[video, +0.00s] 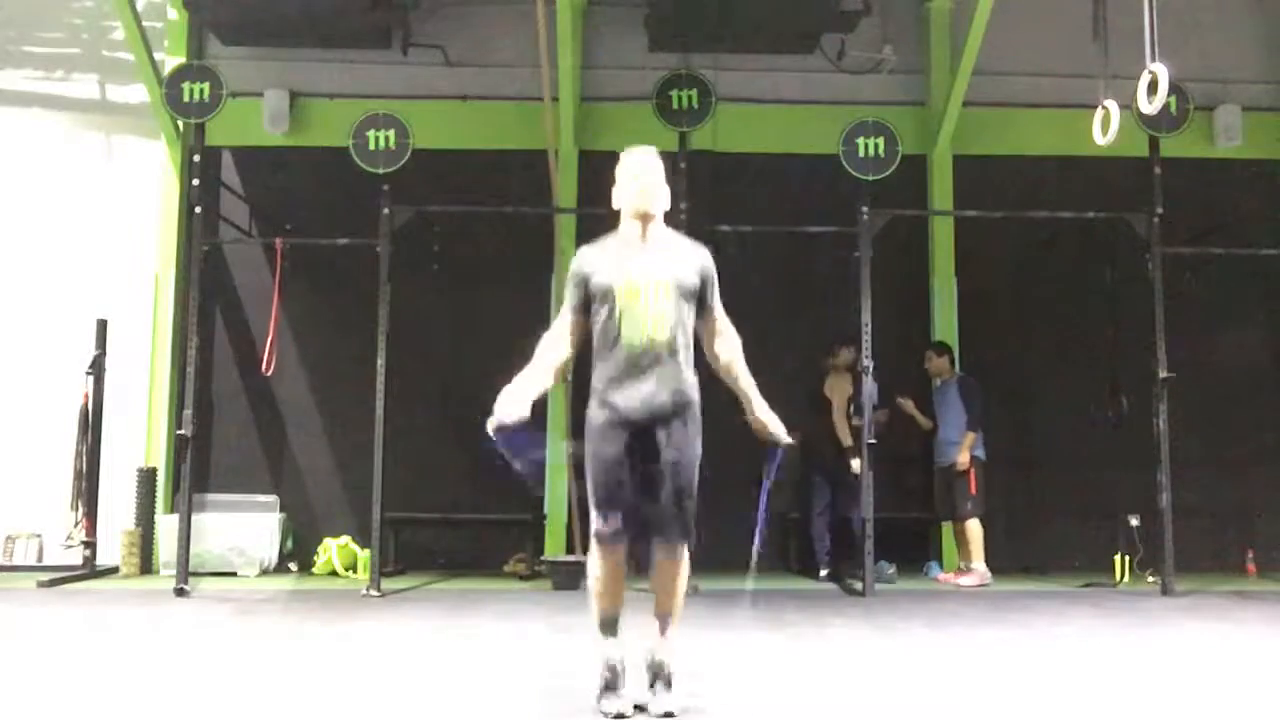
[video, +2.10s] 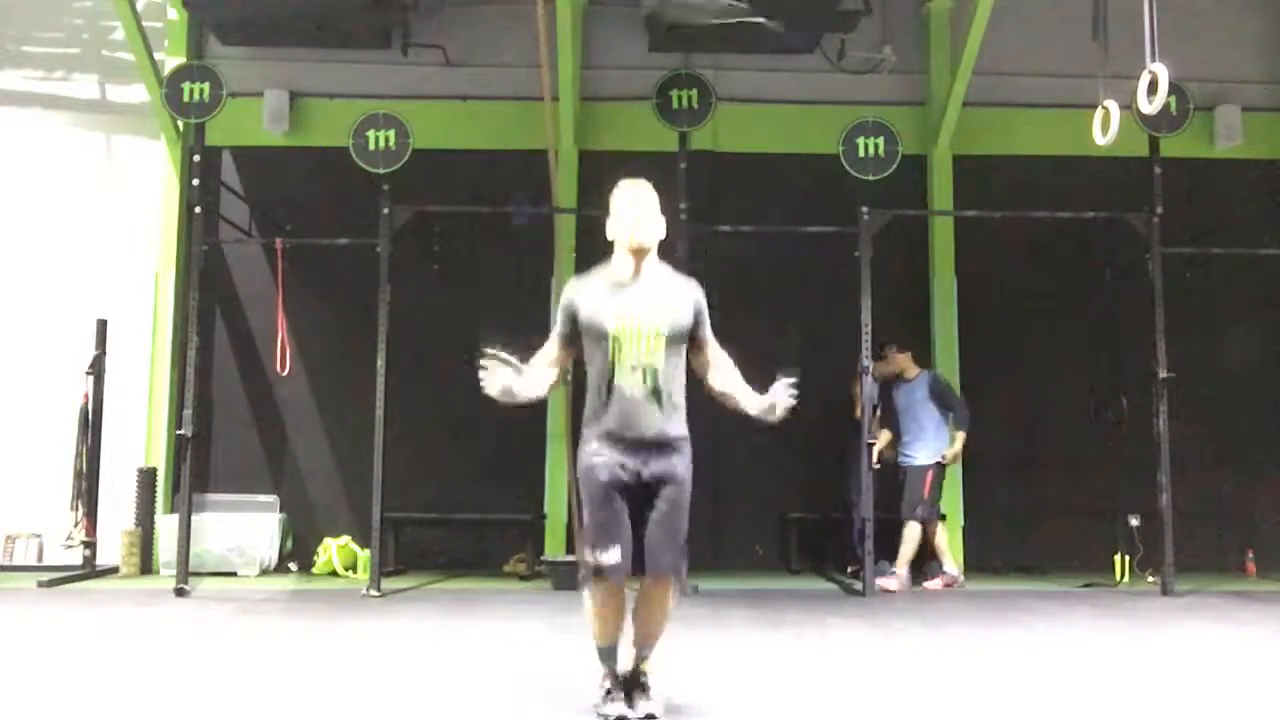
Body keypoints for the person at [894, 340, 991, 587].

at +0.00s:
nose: (927, 365)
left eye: (930, 359)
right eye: (926, 360)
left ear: (945, 359)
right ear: (937, 363)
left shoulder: (965, 384)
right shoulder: (936, 392)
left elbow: (976, 419)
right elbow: (932, 427)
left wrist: (965, 450)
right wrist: (914, 412)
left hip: (965, 456)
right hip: (943, 459)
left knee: (968, 514)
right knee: (954, 516)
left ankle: (979, 567)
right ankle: (964, 566)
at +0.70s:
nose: (957, 360)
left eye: (961, 354)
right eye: (956, 355)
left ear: (977, 355)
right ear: (957, 358)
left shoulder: (997, 384)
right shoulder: (955, 389)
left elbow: (1007, 424)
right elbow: (950, 423)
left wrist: (996, 456)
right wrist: (925, 411)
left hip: (987, 461)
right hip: (960, 463)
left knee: (994, 517)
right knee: (963, 517)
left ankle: (999, 568)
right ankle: (966, 567)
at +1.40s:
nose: (945, 364)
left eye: (948, 358)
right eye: (944, 358)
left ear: (963, 357)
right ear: (953, 359)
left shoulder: (990, 384)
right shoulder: (950, 389)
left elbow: (999, 425)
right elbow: (945, 423)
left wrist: (983, 459)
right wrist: (915, 440)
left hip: (985, 462)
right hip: (956, 463)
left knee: (992, 517)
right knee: (953, 518)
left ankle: (998, 568)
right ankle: (954, 573)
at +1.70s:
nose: (920, 361)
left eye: (924, 355)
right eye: (920, 356)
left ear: (939, 355)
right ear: (934, 357)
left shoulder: (967, 381)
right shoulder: (924, 387)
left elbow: (982, 417)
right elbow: (921, 424)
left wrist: (957, 443)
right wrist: (912, 458)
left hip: (960, 459)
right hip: (931, 460)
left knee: (968, 514)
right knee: (940, 518)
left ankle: (993, 560)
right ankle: (952, 572)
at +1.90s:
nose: (905, 361)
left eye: (909, 355)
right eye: (904, 356)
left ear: (924, 353)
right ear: (911, 358)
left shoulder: (951, 380)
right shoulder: (910, 387)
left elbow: (967, 418)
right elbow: (907, 423)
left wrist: (955, 450)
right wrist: (895, 451)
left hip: (943, 458)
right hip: (920, 459)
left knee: (936, 513)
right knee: (928, 515)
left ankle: (960, 562)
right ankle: (947, 571)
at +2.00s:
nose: (898, 361)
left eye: (902, 355)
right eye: (896, 356)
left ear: (916, 353)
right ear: (900, 359)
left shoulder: (940, 380)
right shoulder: (902, 388)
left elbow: (964, 414)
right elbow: (898, 423)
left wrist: (956, 448)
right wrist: (886, 449)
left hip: (937, 456)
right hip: (914, 458)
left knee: (922, 512)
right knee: (932, 516)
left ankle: (931, 572)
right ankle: (951, 569)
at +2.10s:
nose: (891, 363)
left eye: (894, 357)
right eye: (888, 359)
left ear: (907, 356)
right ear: (890, 362)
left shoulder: (932, 381)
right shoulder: (894, 388)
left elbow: (961, 411)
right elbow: (891, 423)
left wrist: (957, 446)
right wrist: (877, 446)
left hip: (930, 458)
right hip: (909, 459)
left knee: (913, 515)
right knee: (930, 517)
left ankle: (900, 574)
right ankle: (951, 570)